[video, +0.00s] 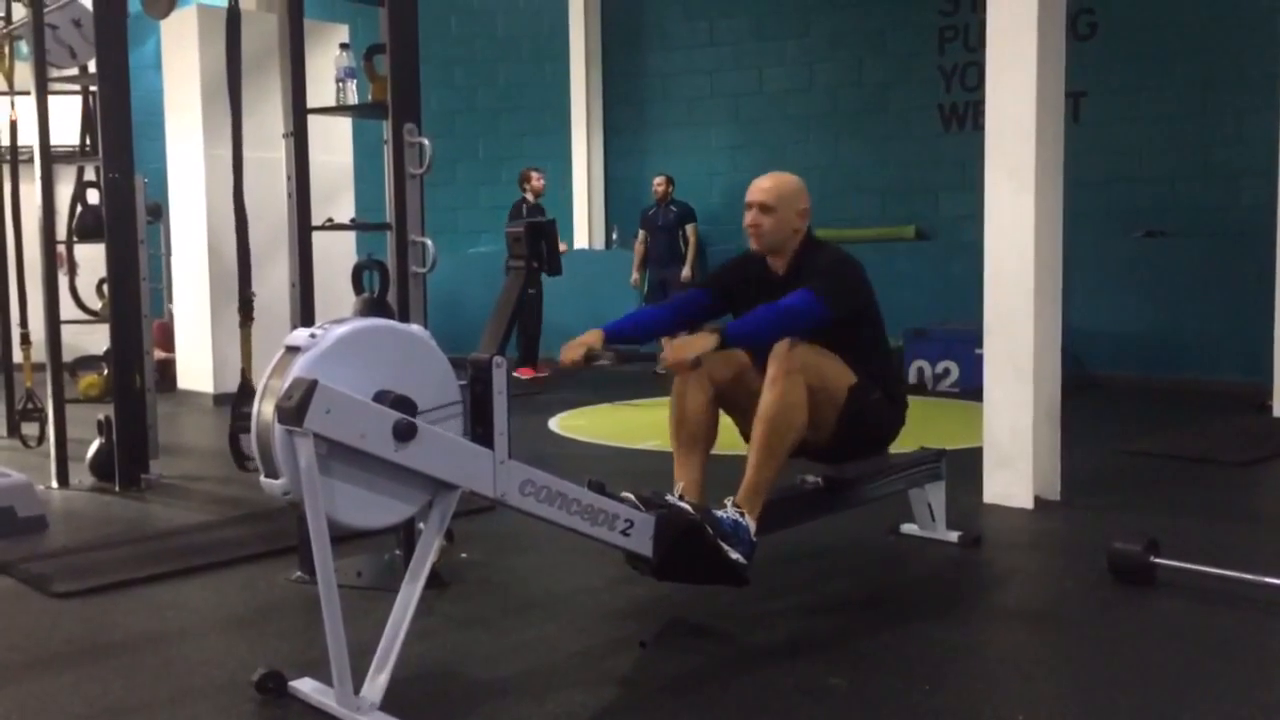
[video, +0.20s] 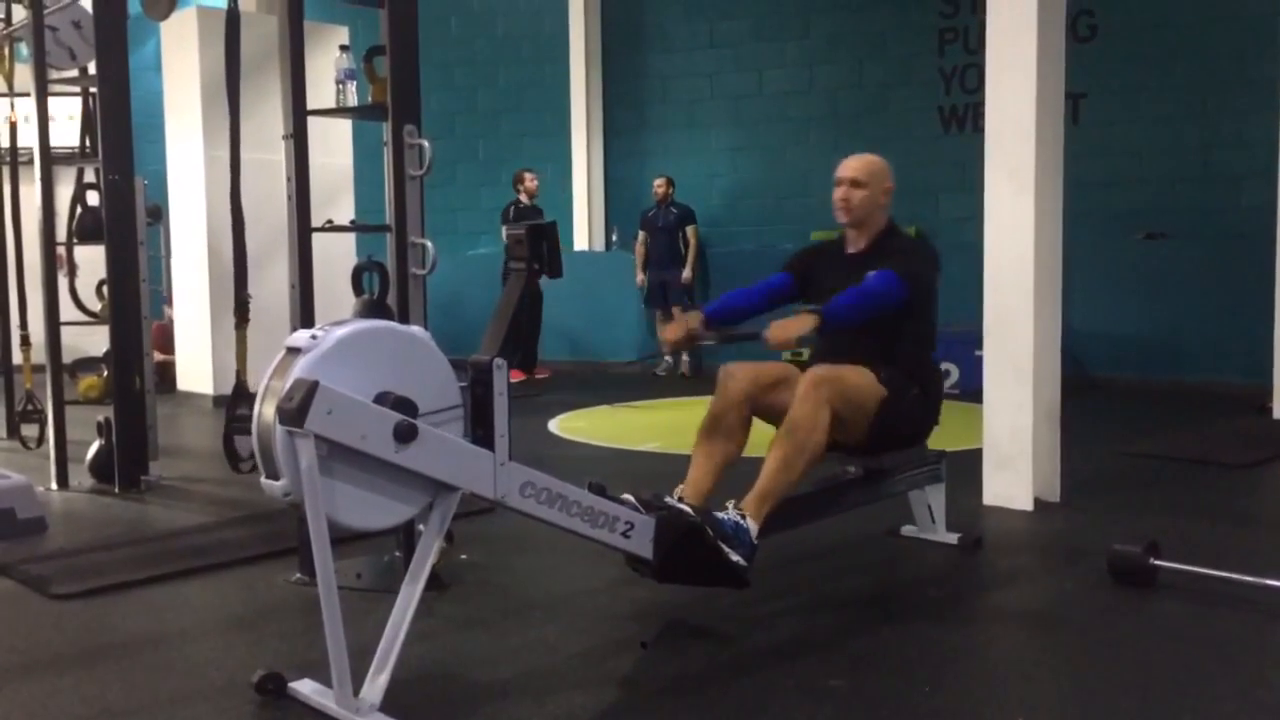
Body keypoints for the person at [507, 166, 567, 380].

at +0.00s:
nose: (543, 183)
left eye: (542, 179)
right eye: (538, 180)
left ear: (536, 185)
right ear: (527, 184)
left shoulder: (538, 209)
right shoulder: (520, 208)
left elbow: (539, 240)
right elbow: (524, 241)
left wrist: (554, 247)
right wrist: (553, 248)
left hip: (535, 269)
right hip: (523, 269)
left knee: (533, 318)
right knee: (526, 318)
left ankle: (531, 363)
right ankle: (524, 364)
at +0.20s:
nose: (536, 184)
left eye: (536, 180)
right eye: (532, 180)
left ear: (529, 185)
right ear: (520, 186)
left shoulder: (537, 211)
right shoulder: (511, 210)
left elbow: (542, 241)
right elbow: (512, 243)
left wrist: (543, 265)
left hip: (532, 272)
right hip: (515, 273)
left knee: (532, 320)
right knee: (515, 320)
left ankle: (530, 366)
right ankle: (512, 367)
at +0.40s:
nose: (533, 185)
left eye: (533, 182)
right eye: (529, 182)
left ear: (532, 185)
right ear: (517, 186)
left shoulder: (535, 212)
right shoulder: (506, 209)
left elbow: (540, 240)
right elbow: (510, 229)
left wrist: (543, 265)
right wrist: (528, 205)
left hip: (534, 272)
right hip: (512, 273)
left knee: (539, 320)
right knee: (510, 320)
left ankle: (531, 365)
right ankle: (510, 367)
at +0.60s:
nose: (537, 189)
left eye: (537, 186)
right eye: (533, 185)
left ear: (533, 189)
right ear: (520, 187)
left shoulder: (534, 213)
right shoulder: (505, 208)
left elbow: (540, 242)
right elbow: (521, 214)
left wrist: (546, 266)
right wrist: (522, 191)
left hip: (536, 273)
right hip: (514, 273)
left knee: (544, 320)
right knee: (511, 321)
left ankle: (546, 364)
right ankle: (510, 367)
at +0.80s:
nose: (544, 194)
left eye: (544, 190)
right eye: (541, 190)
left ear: (541, 193)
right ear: (528, 190)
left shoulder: (540, 215)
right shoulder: (512, 209)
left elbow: (546, 244)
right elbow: (525, 216)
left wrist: (551, 269)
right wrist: (528, 195)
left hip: (542, 274)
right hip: (520, 275)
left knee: (542, 323)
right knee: (514, 323)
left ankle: (548, 367)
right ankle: (510, 368)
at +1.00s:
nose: (552, 198)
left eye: (553, 195)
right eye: (550, 194)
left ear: (551, 196)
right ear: (539, 191)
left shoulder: (549, 215)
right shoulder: (521, 209)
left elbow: (552, 246)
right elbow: (532, 217)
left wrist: (556, 272)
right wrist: (537, 196)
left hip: (550, 276)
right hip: (528, 276)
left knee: (546, 324)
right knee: (519, 322)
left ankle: (548, 365)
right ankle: (511, 366)